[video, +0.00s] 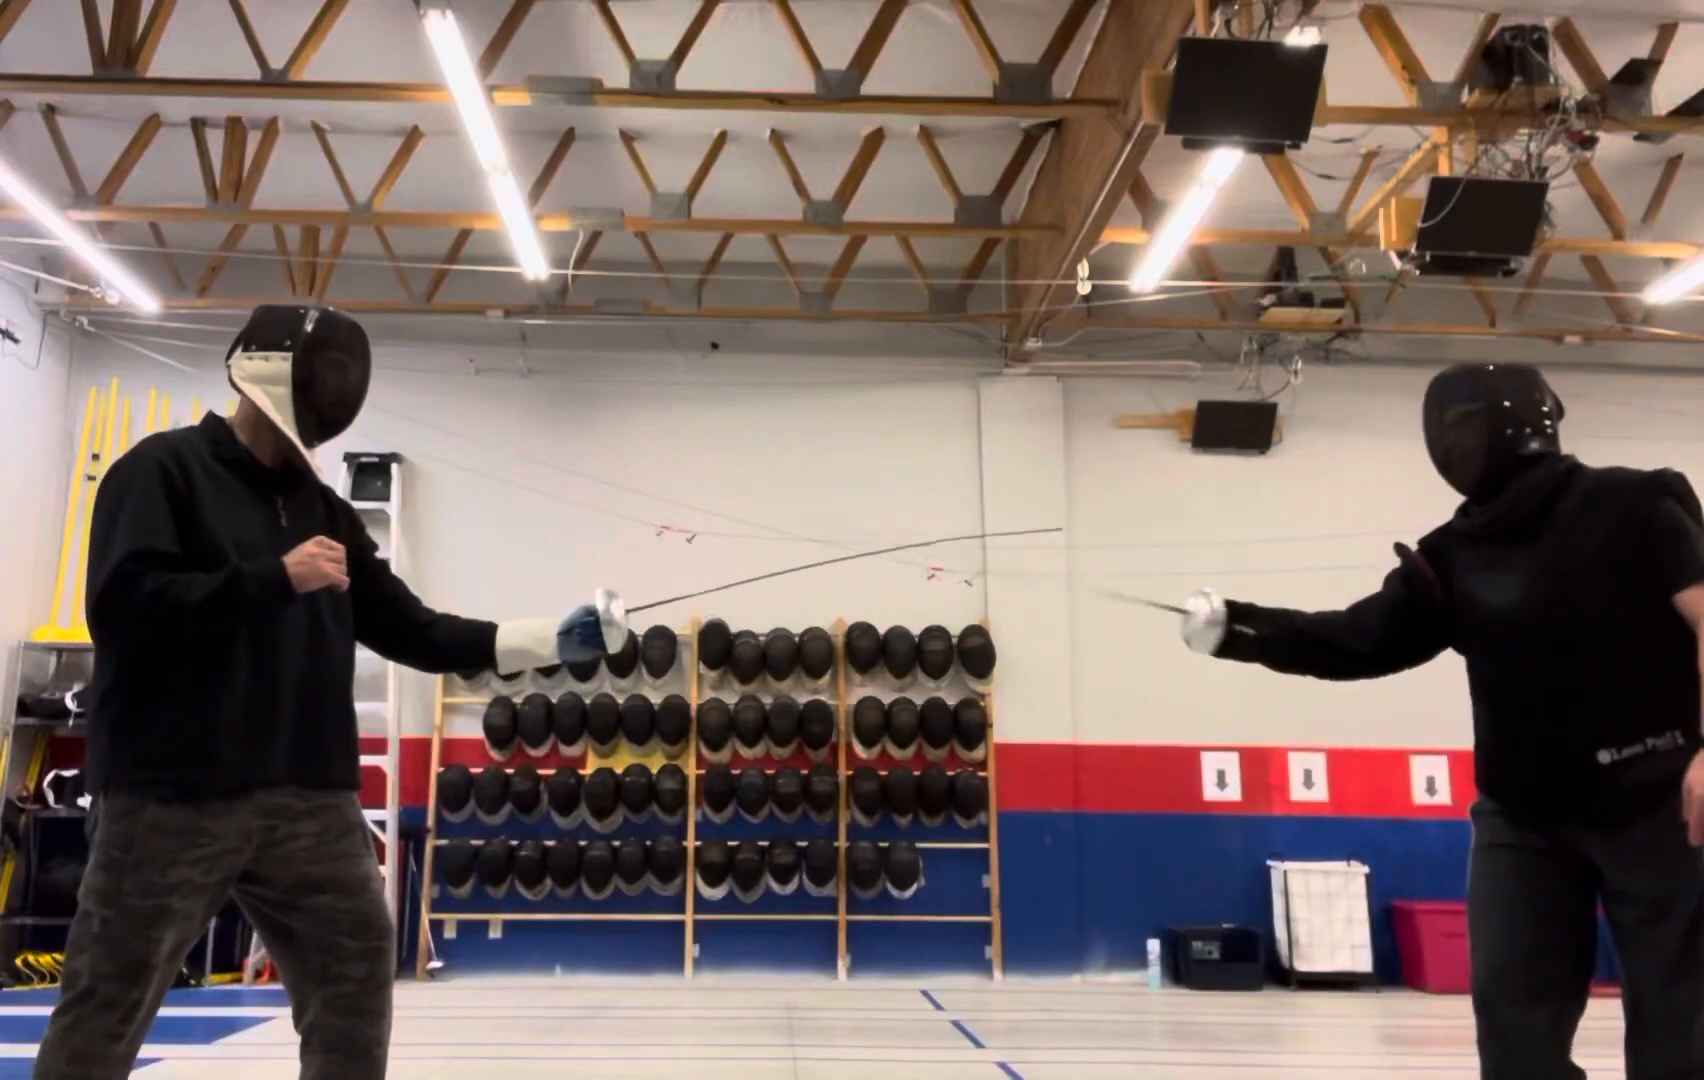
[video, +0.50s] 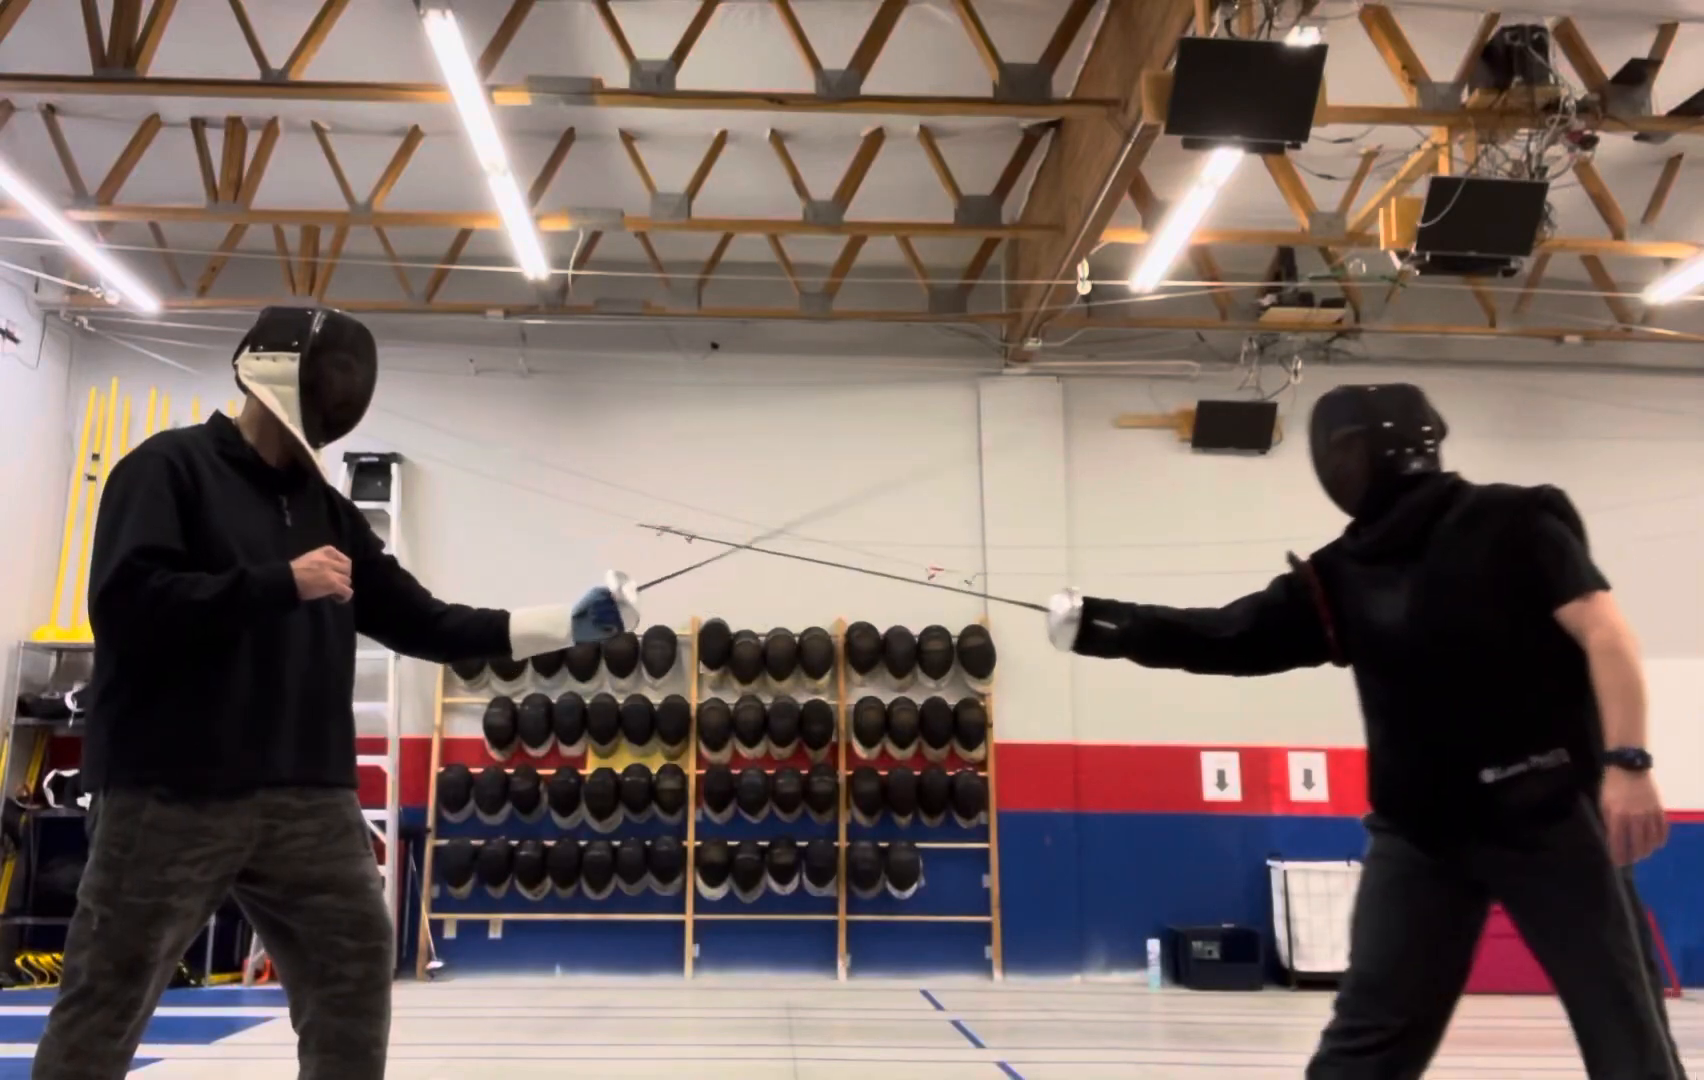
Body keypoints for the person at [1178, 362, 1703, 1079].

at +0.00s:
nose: (1445, 451)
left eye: (1456, 430)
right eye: (1439, 435)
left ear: (1500, 424)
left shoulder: (1643, 508)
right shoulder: (1452, 560)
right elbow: (1360, 638)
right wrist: (1239, 630)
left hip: (1659, 813)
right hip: (1523, 825)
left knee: (1674, 1048)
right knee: (1517, 1049)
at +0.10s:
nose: (1436, 453)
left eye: (1451, 432)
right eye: (1429, 438)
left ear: (1506, 424)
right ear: (1429, 449)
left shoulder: (1632, 508)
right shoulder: (1441, 559)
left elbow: (1702, 624)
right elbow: (1333, 623)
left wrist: (1702, 747)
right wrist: (1207, 613)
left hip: (1653, 812)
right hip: (1518, 828)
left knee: (1673, 1047)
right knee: (1512, 1047)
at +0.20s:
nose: (1422, 454)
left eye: (1435, 433)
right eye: (1416, 439)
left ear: (1486, 428)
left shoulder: (1616, 510)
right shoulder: (1430, 558)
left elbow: (1694, 619)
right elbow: (1315, 613)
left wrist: (1694, 749)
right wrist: (1187, 607)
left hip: (1635, 804)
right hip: (1500, 818)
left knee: (1668, 1016)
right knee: (1476, 1005)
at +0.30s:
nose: (1404, 459)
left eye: (1413, 438)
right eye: (1401, 443)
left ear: (1456, 437)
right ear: (1481, 433)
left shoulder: (1592, 509)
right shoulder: (1413, 560)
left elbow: (1679, 620)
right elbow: (1299, 615)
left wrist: (1686, 749)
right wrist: (1172, 610)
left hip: (1613, 806)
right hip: (1482, 818)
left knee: (1660, 1008)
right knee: (1435, 992)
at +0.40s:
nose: (1371, 469)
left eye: (1377, 449)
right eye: (1368, 454)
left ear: (1421, 441)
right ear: (1447, 438)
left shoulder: (1563, 513)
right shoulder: (1384, 566)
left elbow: (1649, 626)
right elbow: (1269, 622)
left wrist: (1666, 752)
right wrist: (1139, 617)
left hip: (1592, 814)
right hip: (1458, 830)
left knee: (1650, 1041)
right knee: (1405, 1045)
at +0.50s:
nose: (1326, 473)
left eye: (1332, 454)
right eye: (1325, 458)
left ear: (1368, 451)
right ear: (1410, 443)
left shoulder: (1516, 521)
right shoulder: (1342, 577)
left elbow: (1605, 633)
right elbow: (1232, 633)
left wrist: (1628, 760)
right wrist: (1101, 626)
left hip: (1551, 821)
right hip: (1420, 839)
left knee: (1629, 1042)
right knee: (1367, 1043)